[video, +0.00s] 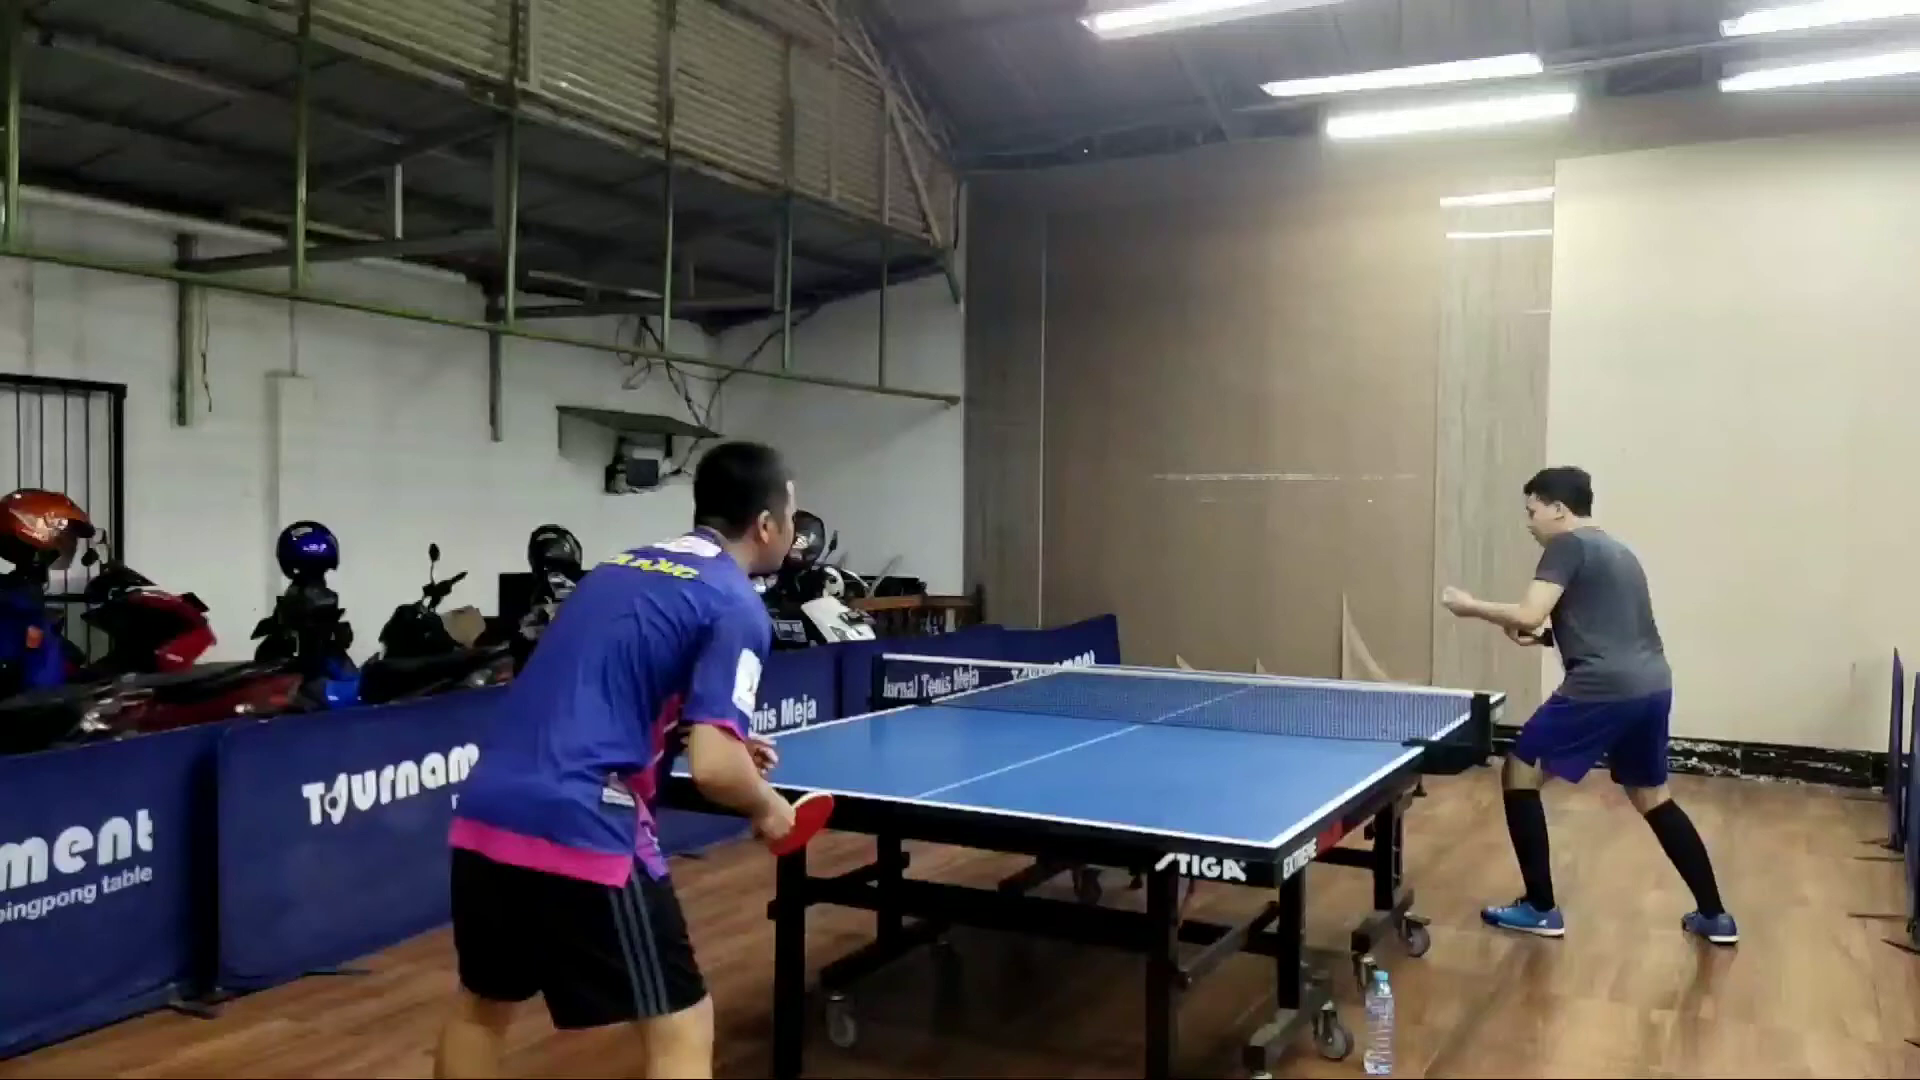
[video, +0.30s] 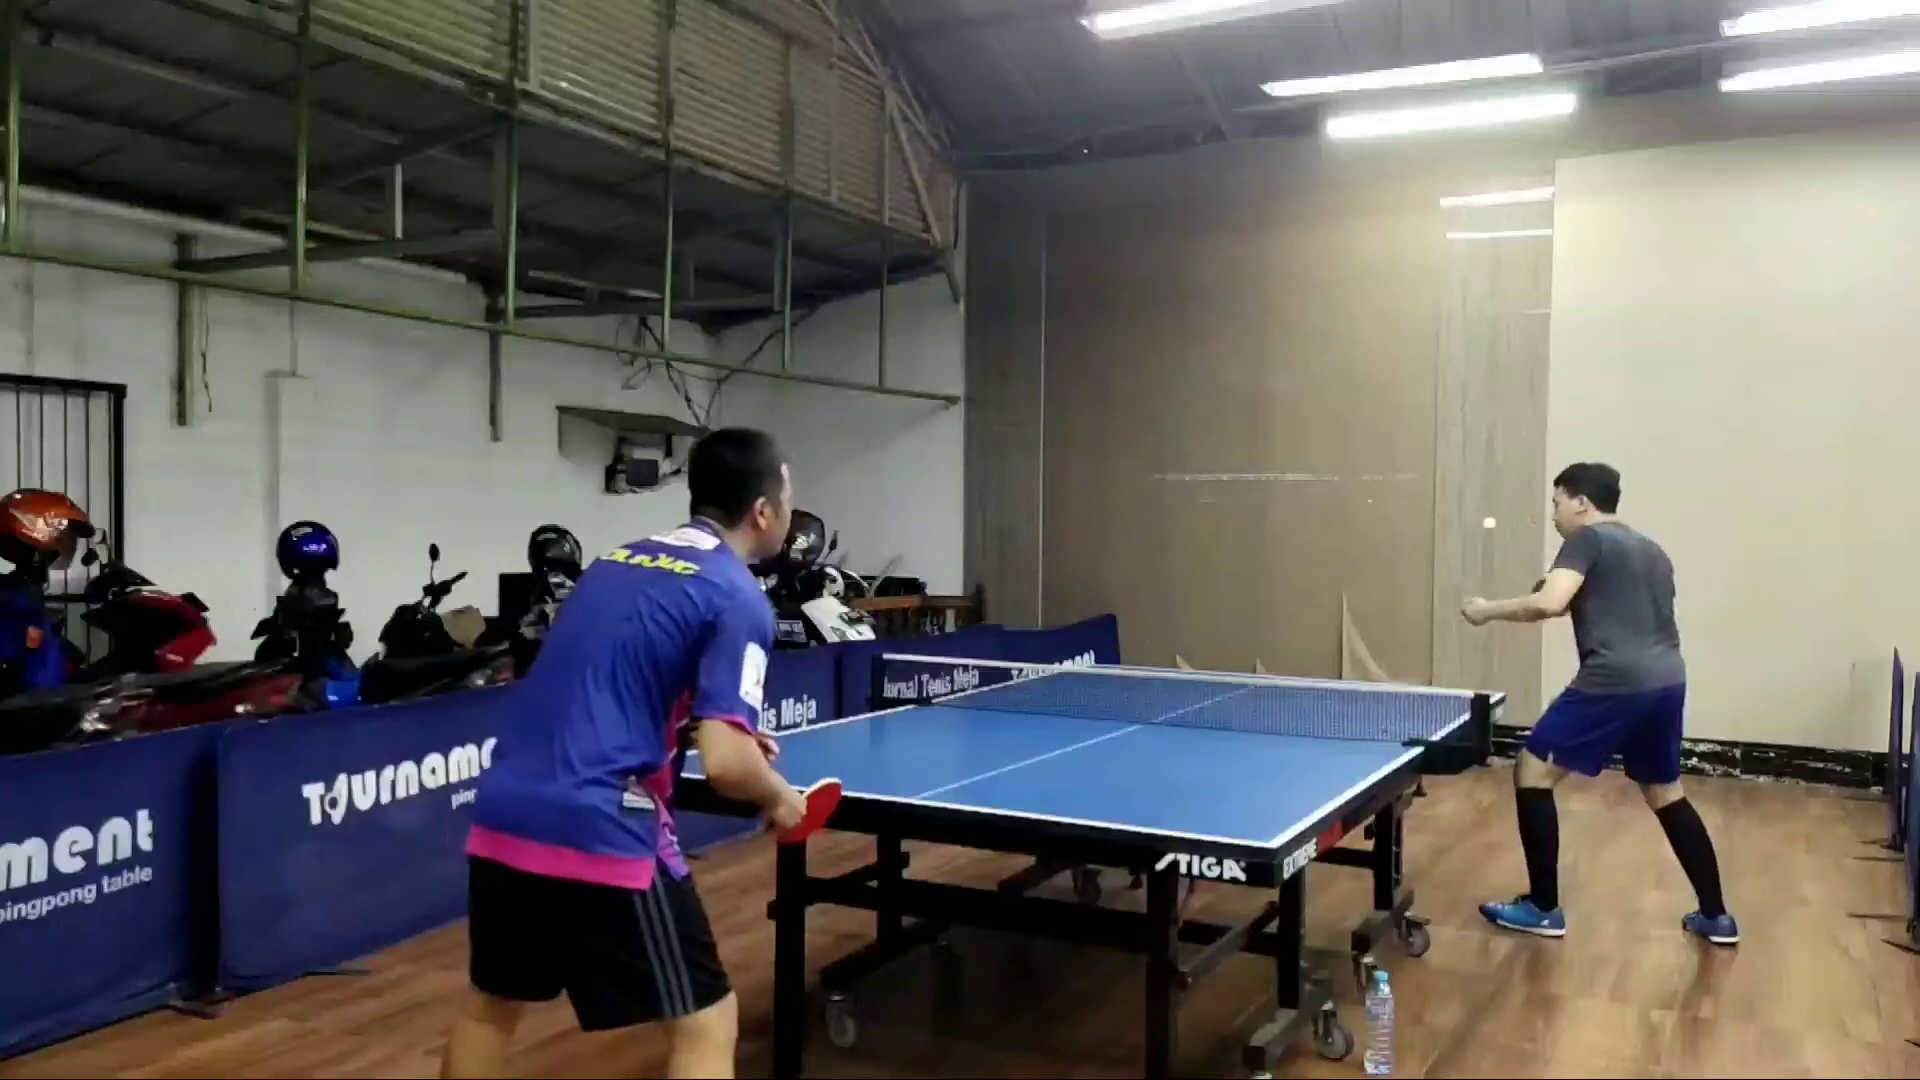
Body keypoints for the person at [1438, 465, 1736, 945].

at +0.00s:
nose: (1528, 521)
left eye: (1532, 510)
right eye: (1527, 511)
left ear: (1558, 508)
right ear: (1574, 510)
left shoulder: (1567, 546)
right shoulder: (1616, 549)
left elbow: (1529, 617)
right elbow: (1606, 626)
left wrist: (1471, 606)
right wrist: (1542, 634)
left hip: (1600, 687)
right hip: (1652, 686)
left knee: (1519, 773)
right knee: (1650, 794)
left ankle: (1539, 905)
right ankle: (1715, 914)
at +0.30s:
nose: (1555, 516)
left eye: (1557, 505)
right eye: (1554, 505)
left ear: (1580, 501)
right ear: (1608, 503)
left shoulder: (1585, 539)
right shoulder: (1653, 549)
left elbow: (1551, 603)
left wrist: (1487, 610)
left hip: (1611, 682)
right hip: (1667, 683)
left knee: (1532, 772)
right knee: (1664, 791)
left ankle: (1542, 905)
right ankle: (1716, 914)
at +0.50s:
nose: (1524, 535)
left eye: (1526, 523)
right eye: (1522, 524)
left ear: (1550, 520)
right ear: (1575, 520)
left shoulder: (1557, 550)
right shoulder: (1629, 551)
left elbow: (1562, 601)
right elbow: (1685, 613)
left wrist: (1519, 655)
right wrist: (1630, 616)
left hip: (1613, 684)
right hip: (1667, 681)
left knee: (1523, 770)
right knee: (1668, 793)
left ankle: (1553, 902)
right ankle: (1716, 914)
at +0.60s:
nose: (1489, 551)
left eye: (1490, 539)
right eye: (1486, 541)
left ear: (1518, 530)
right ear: (1532, 531)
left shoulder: (1531, 560)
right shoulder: (1593, 557)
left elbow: (1562, 604)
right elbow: (1657, 605)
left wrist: (1533, 664)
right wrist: (1595, 633)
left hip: (1602, 690)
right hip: (1653, 685)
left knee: (1516, 778)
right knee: (1657, 795)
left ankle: (1547, 910)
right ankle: (1715, 915)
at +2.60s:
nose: (1412, 527)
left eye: (1421, 519)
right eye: (1405, 520)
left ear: (1443, 522)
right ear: (1400, 526)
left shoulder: (1466, 560)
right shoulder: (1413, 577)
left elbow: (1487, 615)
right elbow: (1412, 636)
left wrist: (1434, 610)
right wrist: (1394, 654)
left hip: (1487, 682)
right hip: (1439, 681)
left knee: (1489, 781)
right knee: (1382, 738)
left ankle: (1561, 874)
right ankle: (1389, 835)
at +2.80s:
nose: (1441, 509)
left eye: (1451, 501)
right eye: (1434, 502)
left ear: (1471, 505)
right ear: (1428, 508)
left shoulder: (1500, 545)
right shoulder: (1422, 567)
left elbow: (1542, 595)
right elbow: (1402, 630)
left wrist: (1502, 593)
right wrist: (1413, 640)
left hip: (1511, 670)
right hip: (1454, 671)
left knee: (1515, 762)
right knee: (1401, 744)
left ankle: (1566, 874)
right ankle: (1388, 838)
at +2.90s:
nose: (1456, 496)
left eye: (1467, 489)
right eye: (1449, 489)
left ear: (1486, 495)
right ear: (1442, 496)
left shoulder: (1516, 537)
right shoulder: (1434, 555)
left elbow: (1561, 585)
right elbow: (1403, 603)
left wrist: (1544, 592)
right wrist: (1376, 596)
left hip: (1528, 663)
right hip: (1472, 664)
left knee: (1536, 758)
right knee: (1428, 750)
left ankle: (1568, 875)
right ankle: (1398, 838)